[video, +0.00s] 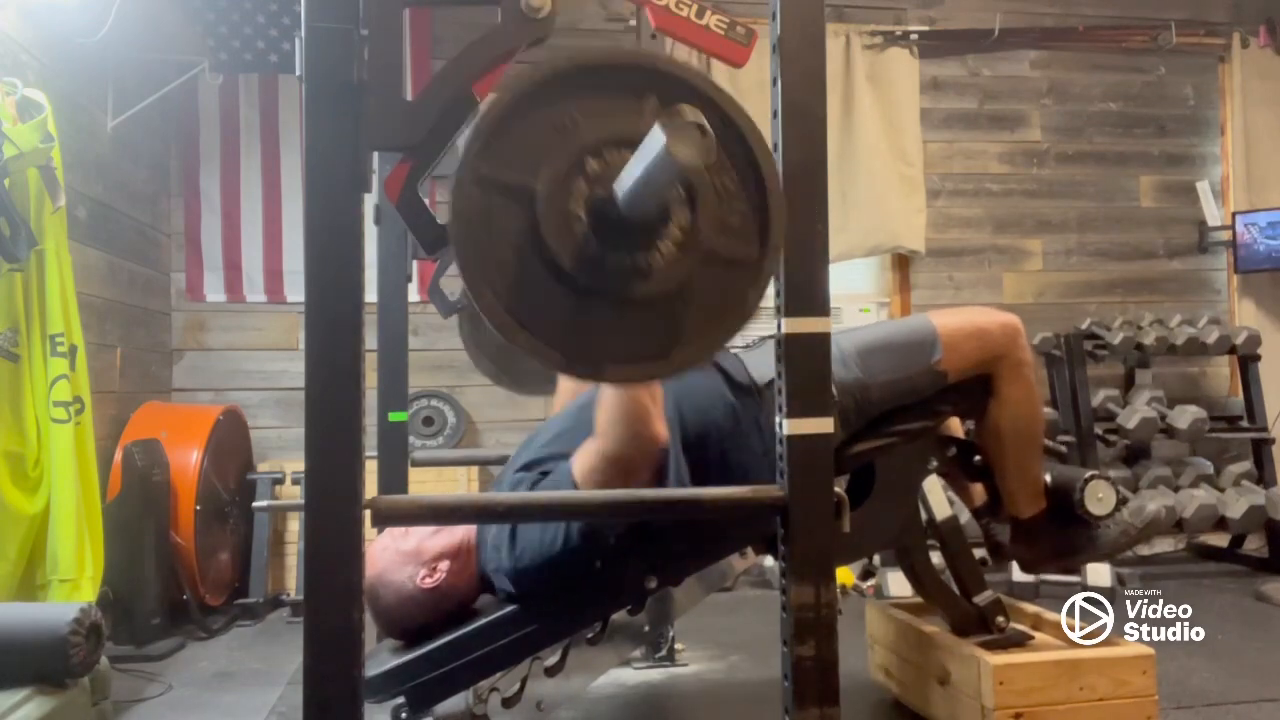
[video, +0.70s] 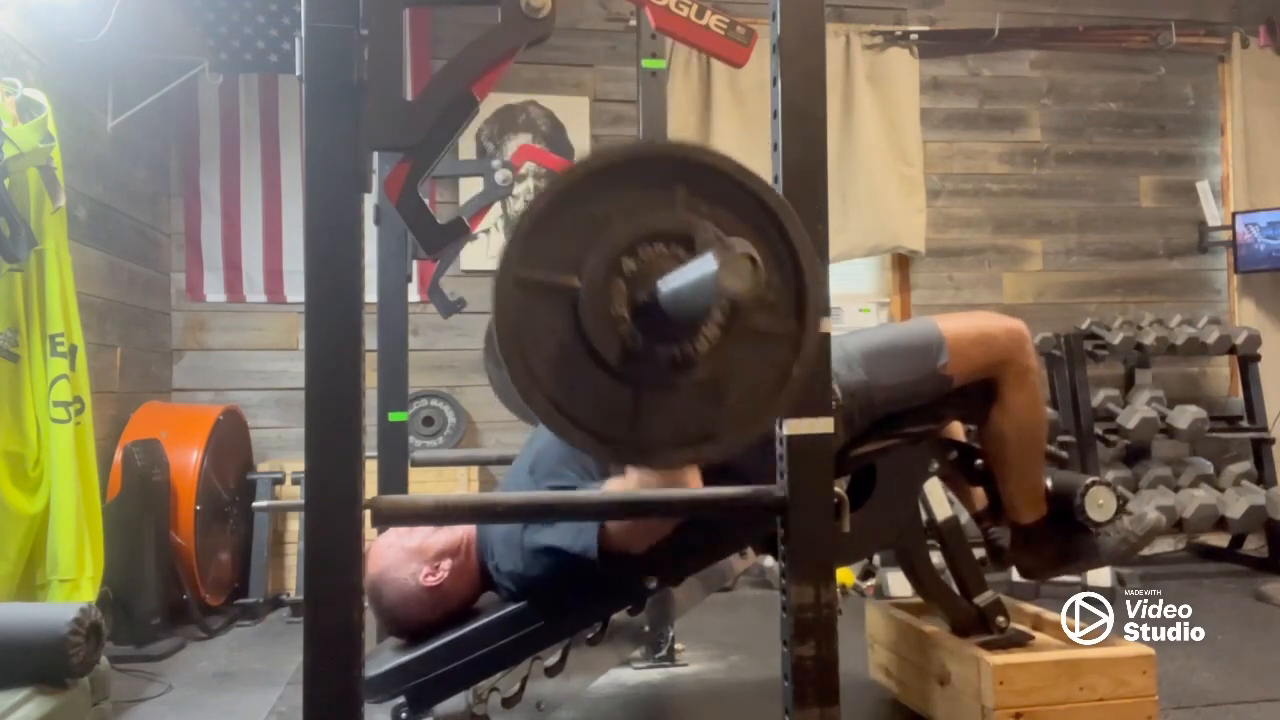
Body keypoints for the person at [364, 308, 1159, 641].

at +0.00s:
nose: (414, 528)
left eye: (396, 531)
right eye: (411, 546)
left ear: (428, 543)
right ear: (444, 578)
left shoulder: (499, 493)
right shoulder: (529, 555)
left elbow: (580, 403)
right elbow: (637, 436)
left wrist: (568, 278)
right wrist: (610, 290)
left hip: (738, 364)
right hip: (771, 420)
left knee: (927, 320)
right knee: (1000, 336)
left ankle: (972, 467)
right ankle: (1032, 521)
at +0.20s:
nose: (417, 526)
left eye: (400, 532)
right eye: (416, 544)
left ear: (429, 548)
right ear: (448, 573)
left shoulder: (503, 491)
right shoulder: (527, 542)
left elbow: (587, 430)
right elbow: (657, 522)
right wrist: (667, 388)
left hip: (724, 391)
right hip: (755, 434)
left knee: (957, 329)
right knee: (1003, 340)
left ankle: (983, 475)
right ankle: (1032, 529)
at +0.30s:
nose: (417, 528)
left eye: (399, 534)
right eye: (417, 547)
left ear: (427, 548)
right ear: (448, 575)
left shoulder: (493, 494)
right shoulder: (531, 537)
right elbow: (692, 533)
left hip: (698, 411)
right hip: (752, 440)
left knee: (903, 320)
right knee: (1002, 339)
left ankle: (978, 468)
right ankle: (1033, 527)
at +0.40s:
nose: (416, 526)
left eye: (398, 533)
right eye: (418, 546)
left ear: (426, 553)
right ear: (448, 574)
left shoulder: (488, 504)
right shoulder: (528, 542)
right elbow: (670, 562)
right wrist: (718, 549)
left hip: (716, 402)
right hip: (753, 439)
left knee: (944, 325)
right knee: (1004, 340)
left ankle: (979, 471)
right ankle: (1031, 524)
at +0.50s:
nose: (417, 530)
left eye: (398, 535)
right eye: (417, 549)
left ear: (425, 550)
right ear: (447, 576)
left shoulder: (487, 504)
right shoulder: (526, 543)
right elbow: (667, 555)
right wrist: (720, 543)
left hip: (709, 407)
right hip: (753, 441)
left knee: (929, 324)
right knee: (1003, 340)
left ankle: (980, 472)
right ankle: (1030, 524)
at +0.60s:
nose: (420, 531)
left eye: (402, 536)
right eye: (419, 550)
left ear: (427, 544)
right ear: (449, 577)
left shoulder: (493, 494)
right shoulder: (532, 544)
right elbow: (686, 530)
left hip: (699, 412)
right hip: (749, 449)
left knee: (926, 327)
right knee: (1005, 341)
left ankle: (984, 479)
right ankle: (1032, 529)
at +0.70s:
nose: (418, 532)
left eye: (400, 536)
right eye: (417, 550)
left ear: (425, 541)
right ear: (447, 577)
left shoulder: (501, 491)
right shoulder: (525, 544)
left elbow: (589, 420)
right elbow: (650, 508)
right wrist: (656, 372)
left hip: (737, 384)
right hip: (759, 433)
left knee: (960, 334)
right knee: (1006, 342)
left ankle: (994, 491)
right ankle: (1033, 529)